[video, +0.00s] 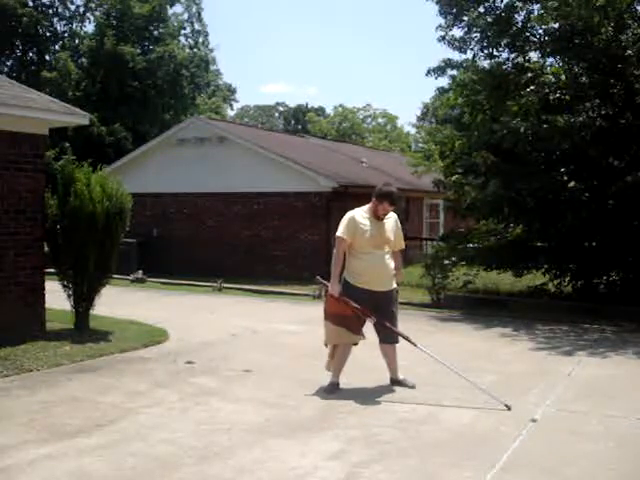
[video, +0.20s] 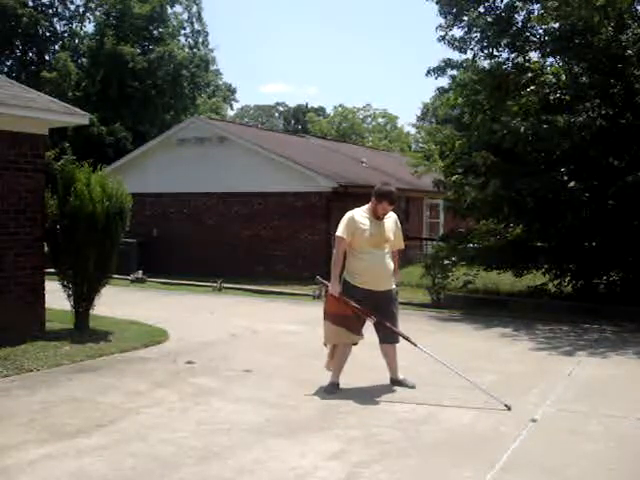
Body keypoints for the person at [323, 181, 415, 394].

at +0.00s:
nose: (386, 212)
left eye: (390, 208)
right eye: (384, 207)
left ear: (392, 206)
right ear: (374, 201)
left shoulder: (392, 220)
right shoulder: (353, 218)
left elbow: (397, 250)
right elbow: (339, 249)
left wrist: (398, 269)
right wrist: (335, 280)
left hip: (386, 289)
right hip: (355, 287)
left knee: (389, 336)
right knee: (346, 334)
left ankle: (395, 376)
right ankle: (334, 379)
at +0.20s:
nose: (386, 211)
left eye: (390, 208)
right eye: (384, 206)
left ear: (392, 206)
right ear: (374, 201)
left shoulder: (392, 220)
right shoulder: (353, 218)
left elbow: (395, 253)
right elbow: (339, 250)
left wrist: (394, 276)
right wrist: (335, 280)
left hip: (385, 289)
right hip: (355, 287)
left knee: (389, 336)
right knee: (346, 334)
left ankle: (395, 376)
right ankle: (334, 380)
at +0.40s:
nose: (386, 211)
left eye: (389, 207)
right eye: (383, 206)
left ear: (391, 206)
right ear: (373, 201)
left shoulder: (391, 219)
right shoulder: (353, 218)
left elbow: (395, 252)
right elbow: (339, 250)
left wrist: (392, 274)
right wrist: (335, 280)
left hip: (385, 289)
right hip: (355, 287)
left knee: (389, 336)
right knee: (346, 334)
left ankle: (395, 376)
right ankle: (334, 380)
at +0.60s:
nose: (385, 211)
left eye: (388, 207)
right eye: (383, 206)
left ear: (390, 205)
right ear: (372, 200)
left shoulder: (391, 219)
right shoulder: (352, 218)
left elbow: (395, 252)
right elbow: (339, 250)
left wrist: (394, 277)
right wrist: (335, 280)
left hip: (385, 289)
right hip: (356, 287)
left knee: (389, 336)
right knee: (346, 334)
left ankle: (395, 376)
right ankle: (334, 380)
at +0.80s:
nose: (384, 211)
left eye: (387, 207)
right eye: (381, 206)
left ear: (389, 205)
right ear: (372, 200)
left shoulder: (391, 219)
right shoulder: (351, 218)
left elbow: (395, 253)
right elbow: (339, 250)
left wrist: (395, 279)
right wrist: (335, 281)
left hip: (385, 289)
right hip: (355, 288)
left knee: (389, 336)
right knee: (347, 335)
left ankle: (395, 376)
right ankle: (334, 380)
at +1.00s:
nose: (384, 211)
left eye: (387, 207)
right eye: (381, 206)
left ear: (389, 205)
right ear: (371, 200)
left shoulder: (392, 220)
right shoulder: (351, 218)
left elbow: (399, 254)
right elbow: (339, 250)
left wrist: (395, 276)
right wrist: (336, 281)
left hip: (386, 290)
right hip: (355, 288)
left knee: (389, 336)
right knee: (347, 335)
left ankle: (396, 376)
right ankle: (335, 380)